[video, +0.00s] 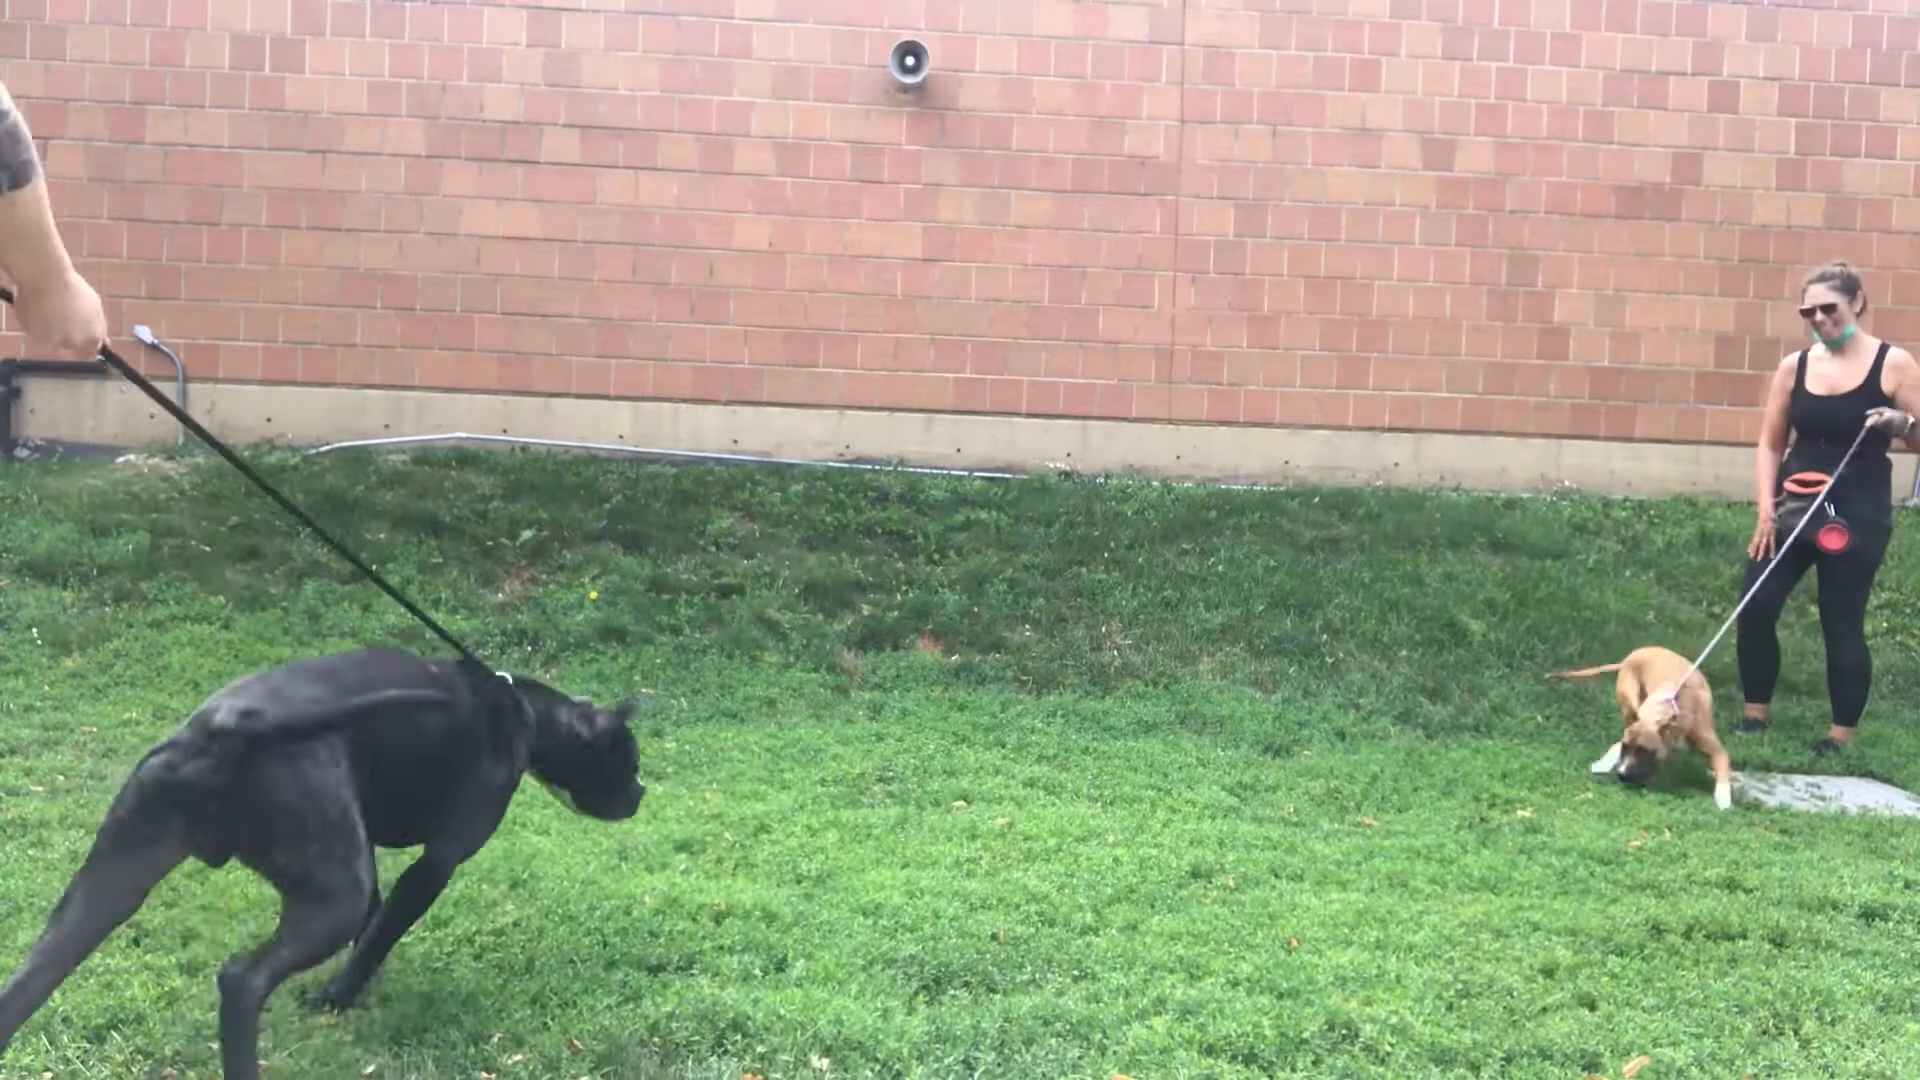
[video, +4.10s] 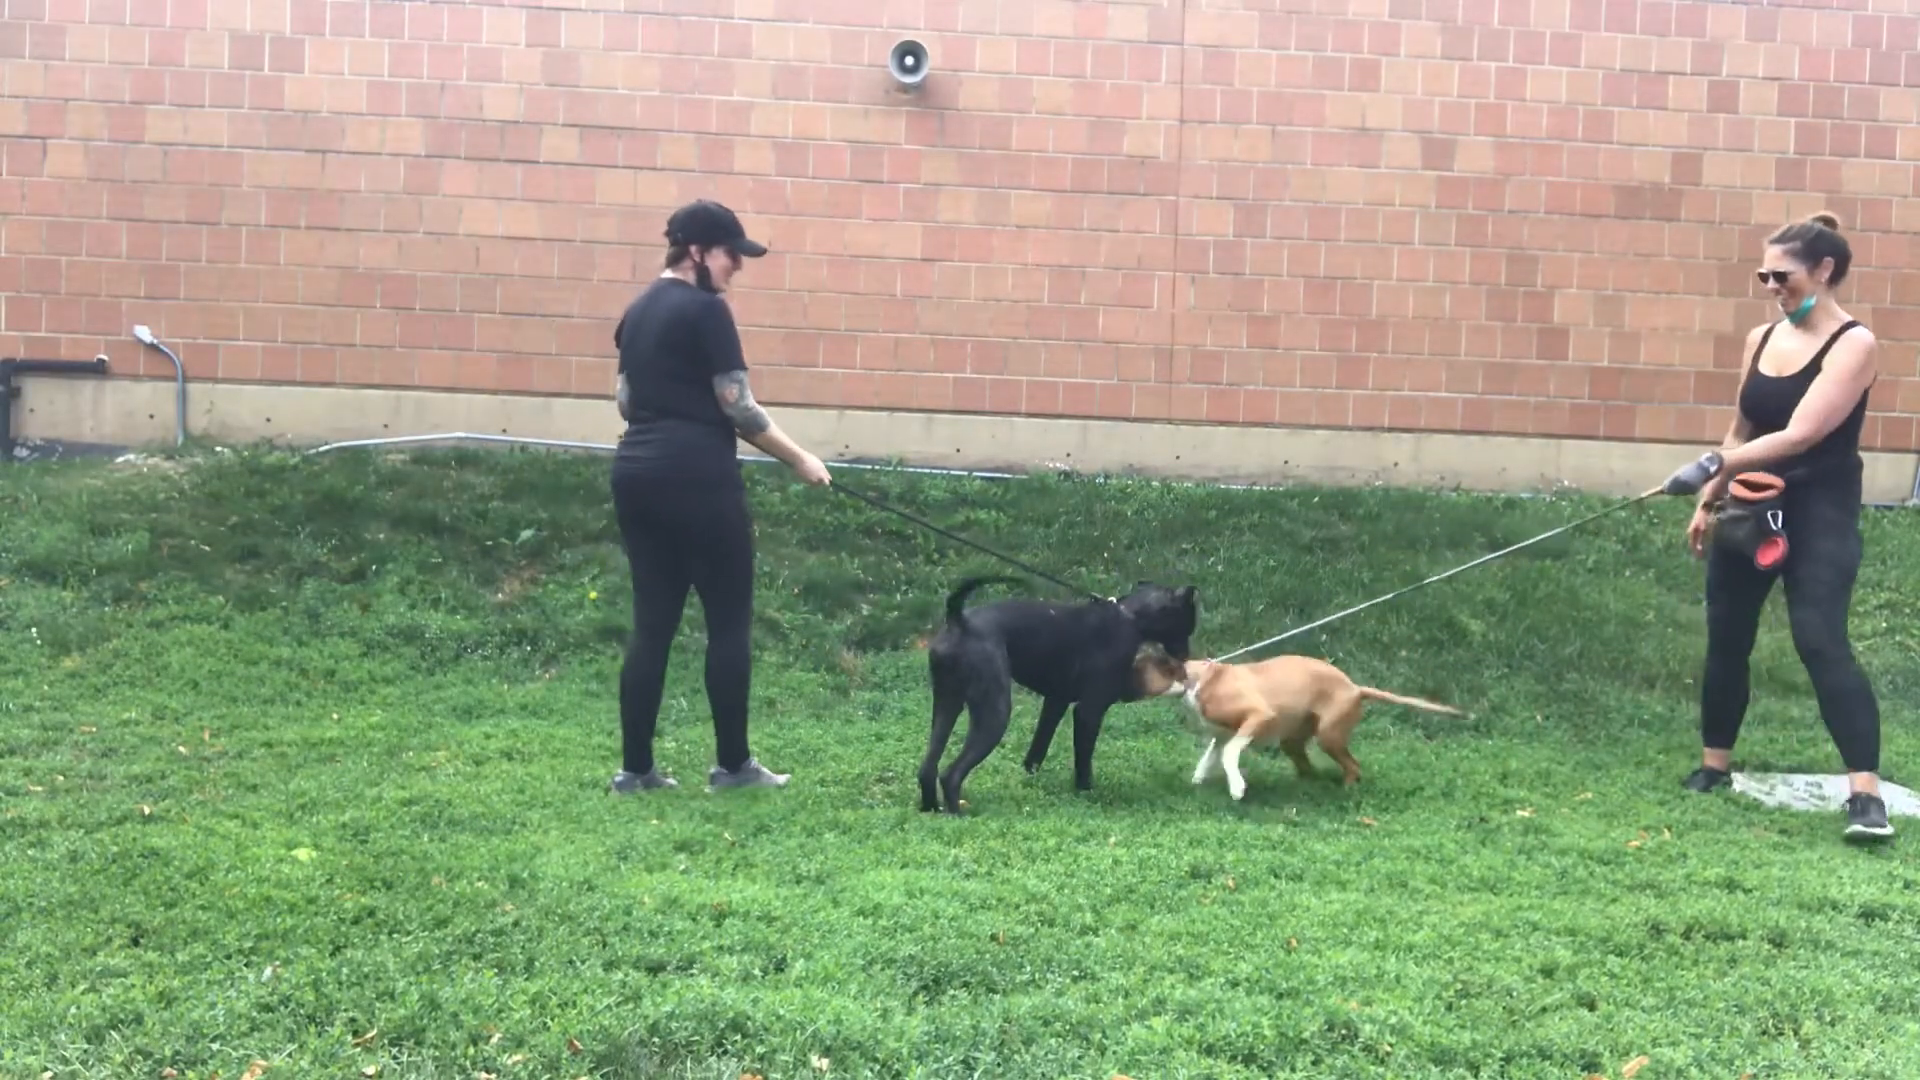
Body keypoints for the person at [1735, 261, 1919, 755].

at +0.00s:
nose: (1819, 319)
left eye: (1829, 308)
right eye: (1810, 311)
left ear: (1855, 305)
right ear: (1804, 313)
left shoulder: (1894, 365)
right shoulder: (1794, 366)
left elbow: (1918, 439)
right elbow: (1769, 445)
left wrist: (1900, 425)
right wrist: (1765, 511)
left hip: (1858, 511)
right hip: (1794, 507)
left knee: (1841, 618)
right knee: (1755, 603)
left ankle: (1841, 732)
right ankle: (1755, 714)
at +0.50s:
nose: (1812, 320)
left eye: (1822, 309)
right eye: (1804, 313)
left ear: (1850, 304)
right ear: (1799, 314)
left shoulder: (1884, 365)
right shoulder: (1792, 366)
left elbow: (1871, 447)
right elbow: (1771, 445)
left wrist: (1815, 482)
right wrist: (1759, 513)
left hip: (1854, 509)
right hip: (1793, 503)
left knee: (1834, 617)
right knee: (1746, 596)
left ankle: (1841, 736)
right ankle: (1750, 712)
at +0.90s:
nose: (1742, 322)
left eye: (1751, 312)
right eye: (1735, 314)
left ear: (1781, 309)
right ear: (1732, 316)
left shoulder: (1804, 366)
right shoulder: (1757, 364)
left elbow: (1778, 434)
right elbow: (1754, 440)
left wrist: (1740, 475)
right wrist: (1727, 492)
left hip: (1795, 516)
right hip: (1750, 509)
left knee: (1799, 623)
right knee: (1707, 602)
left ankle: (1838, 732)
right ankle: (1686, 716)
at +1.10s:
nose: (1697, 325)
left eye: (1706, 315)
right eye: (1690, 317)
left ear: (1735, 310)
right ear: (1686, 315)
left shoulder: (1754, 360)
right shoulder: (1708, 365)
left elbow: (1732, 414)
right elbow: (1697, 433)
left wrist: (1692, 444)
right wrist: (1679, 483)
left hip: (1753, 503)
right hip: (1710, 500)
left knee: (1709, 607)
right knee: (1680, 602)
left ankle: (1794, 705)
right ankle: (1683, 718)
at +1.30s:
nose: (1669, 320)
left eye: (1678, 310)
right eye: (1661, 313)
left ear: (1705, 304)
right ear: (1655, 313)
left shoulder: (1724, 356)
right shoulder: (1683, 358)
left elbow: (1695, 426)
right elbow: (1689, 434)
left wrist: (1655, 472)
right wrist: (1664, 491)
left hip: (1730, 497)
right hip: (1689, 495)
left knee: (1682, 599)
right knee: (1663, 599)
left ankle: (1693, 733)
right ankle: (1679, 722)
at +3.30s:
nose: (1734, 296)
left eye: (1745, 286)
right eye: (1730, 286)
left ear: (1784, 281)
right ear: (1730, 282)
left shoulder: (1810, 344)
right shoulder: (1743, 338)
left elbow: (1757, 416)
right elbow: (1747, 420)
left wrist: (1692, 454)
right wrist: (1733, 478)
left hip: (1805, 501)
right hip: (1752, 494)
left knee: (1773, 615)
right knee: (1696, 605)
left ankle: (1774, 758)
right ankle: (1710, 722)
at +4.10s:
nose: (1770, 287)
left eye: (1781, 277)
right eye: (1767, 277)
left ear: (1825, 270)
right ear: (1769, 273)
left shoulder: (1854, 344)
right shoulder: (1762, 336)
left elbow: (1802, 435)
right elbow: (1740, 430)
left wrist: (1722, 461)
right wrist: (1706, 501)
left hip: (1819, 510)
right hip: (1750, 502)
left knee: (1820, 640)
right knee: (1726, 637)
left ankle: (1864, 791)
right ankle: (1714, 768)